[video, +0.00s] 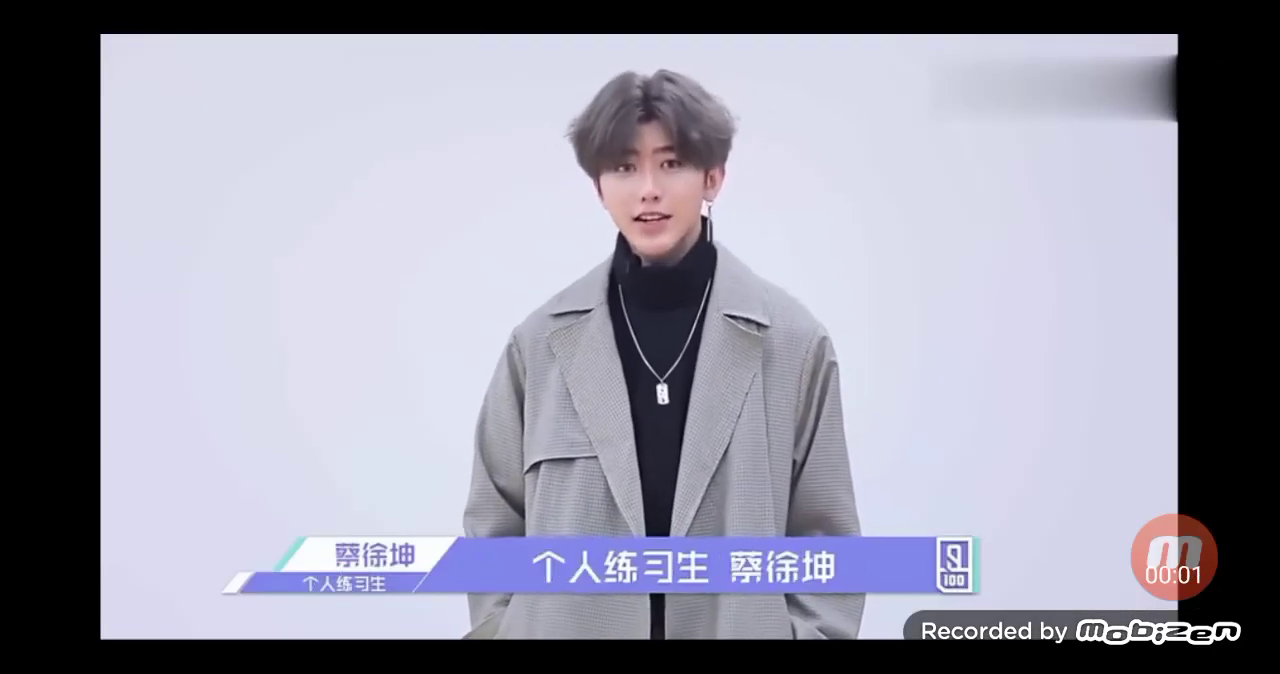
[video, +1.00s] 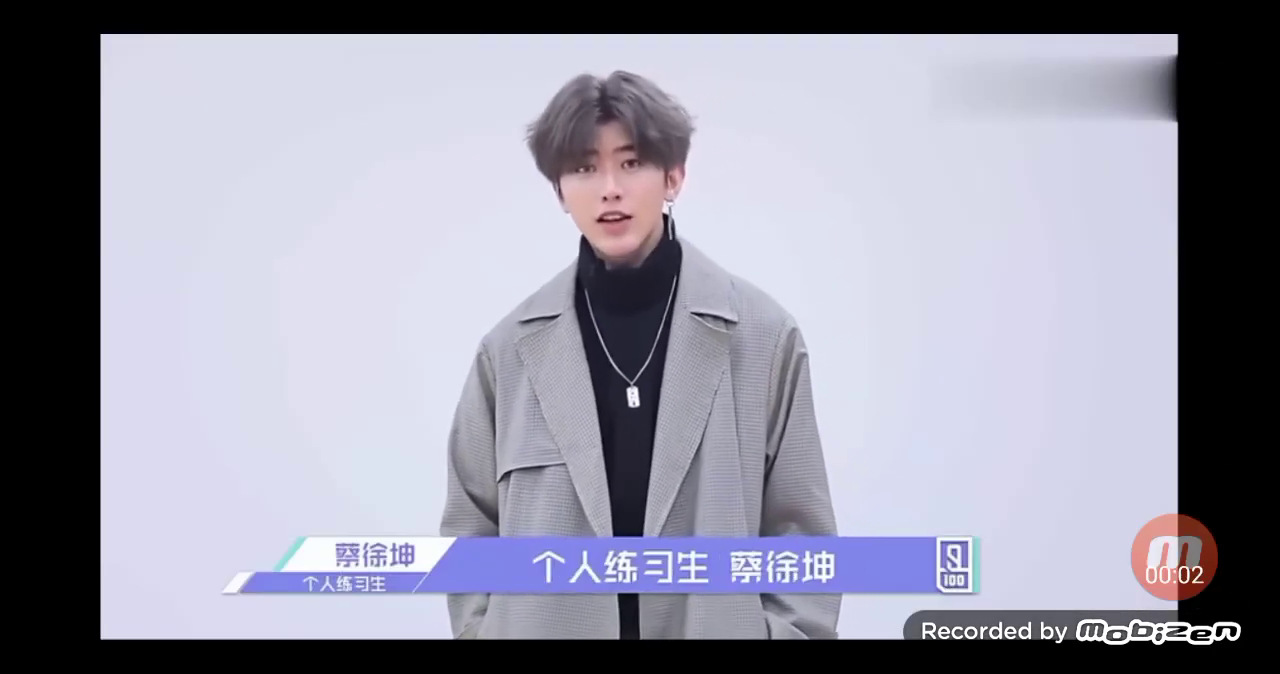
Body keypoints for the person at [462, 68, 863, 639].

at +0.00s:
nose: (649, 190)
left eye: (672, 164)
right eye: (625, 167)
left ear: (712, 180)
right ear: (599, 185)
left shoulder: (795, 341)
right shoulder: (535, 345)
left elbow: (830, 538)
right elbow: (490, 525)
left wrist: (809, 631)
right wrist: (500, 627)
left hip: (737, 630)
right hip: (569, 630)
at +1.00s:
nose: (609, 190)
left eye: (631, 164)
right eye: (585, 168)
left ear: (673, 177)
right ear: (560, 190)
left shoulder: (765, 336)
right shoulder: (505, 351)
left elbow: (804, 530)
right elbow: (467, 528)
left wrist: (786, 630)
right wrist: (485, 626)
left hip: (714, 630)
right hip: (548, 631)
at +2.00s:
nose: (595, 185)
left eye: (618, 164)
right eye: (572, 163)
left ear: (655, 188)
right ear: (542, 186)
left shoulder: (746, 333)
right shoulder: (489, 359)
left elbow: (791, 530)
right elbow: (455, 542)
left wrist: (776, 630)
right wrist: (476, 628)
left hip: (704, 629)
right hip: (541, 631)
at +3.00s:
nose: (640, 193)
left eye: (659, 167)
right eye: (615, 175)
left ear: (705, 181)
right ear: (594, 199)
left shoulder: (797, 342)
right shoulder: (542, 356)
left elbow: (827, 541)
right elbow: (495, 536)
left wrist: (805, 631)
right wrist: (510, 628)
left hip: (737, 630)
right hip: (581, 630)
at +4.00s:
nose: (730, 199)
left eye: (750, 174)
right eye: (705, 184)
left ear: (798, 192)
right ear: (686, 210)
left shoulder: (849, 341)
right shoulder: (611, 328)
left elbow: (856, 450)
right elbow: (529, 432)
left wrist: (909, 492)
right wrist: (557, 506)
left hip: (808, 625)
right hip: (653, 620)